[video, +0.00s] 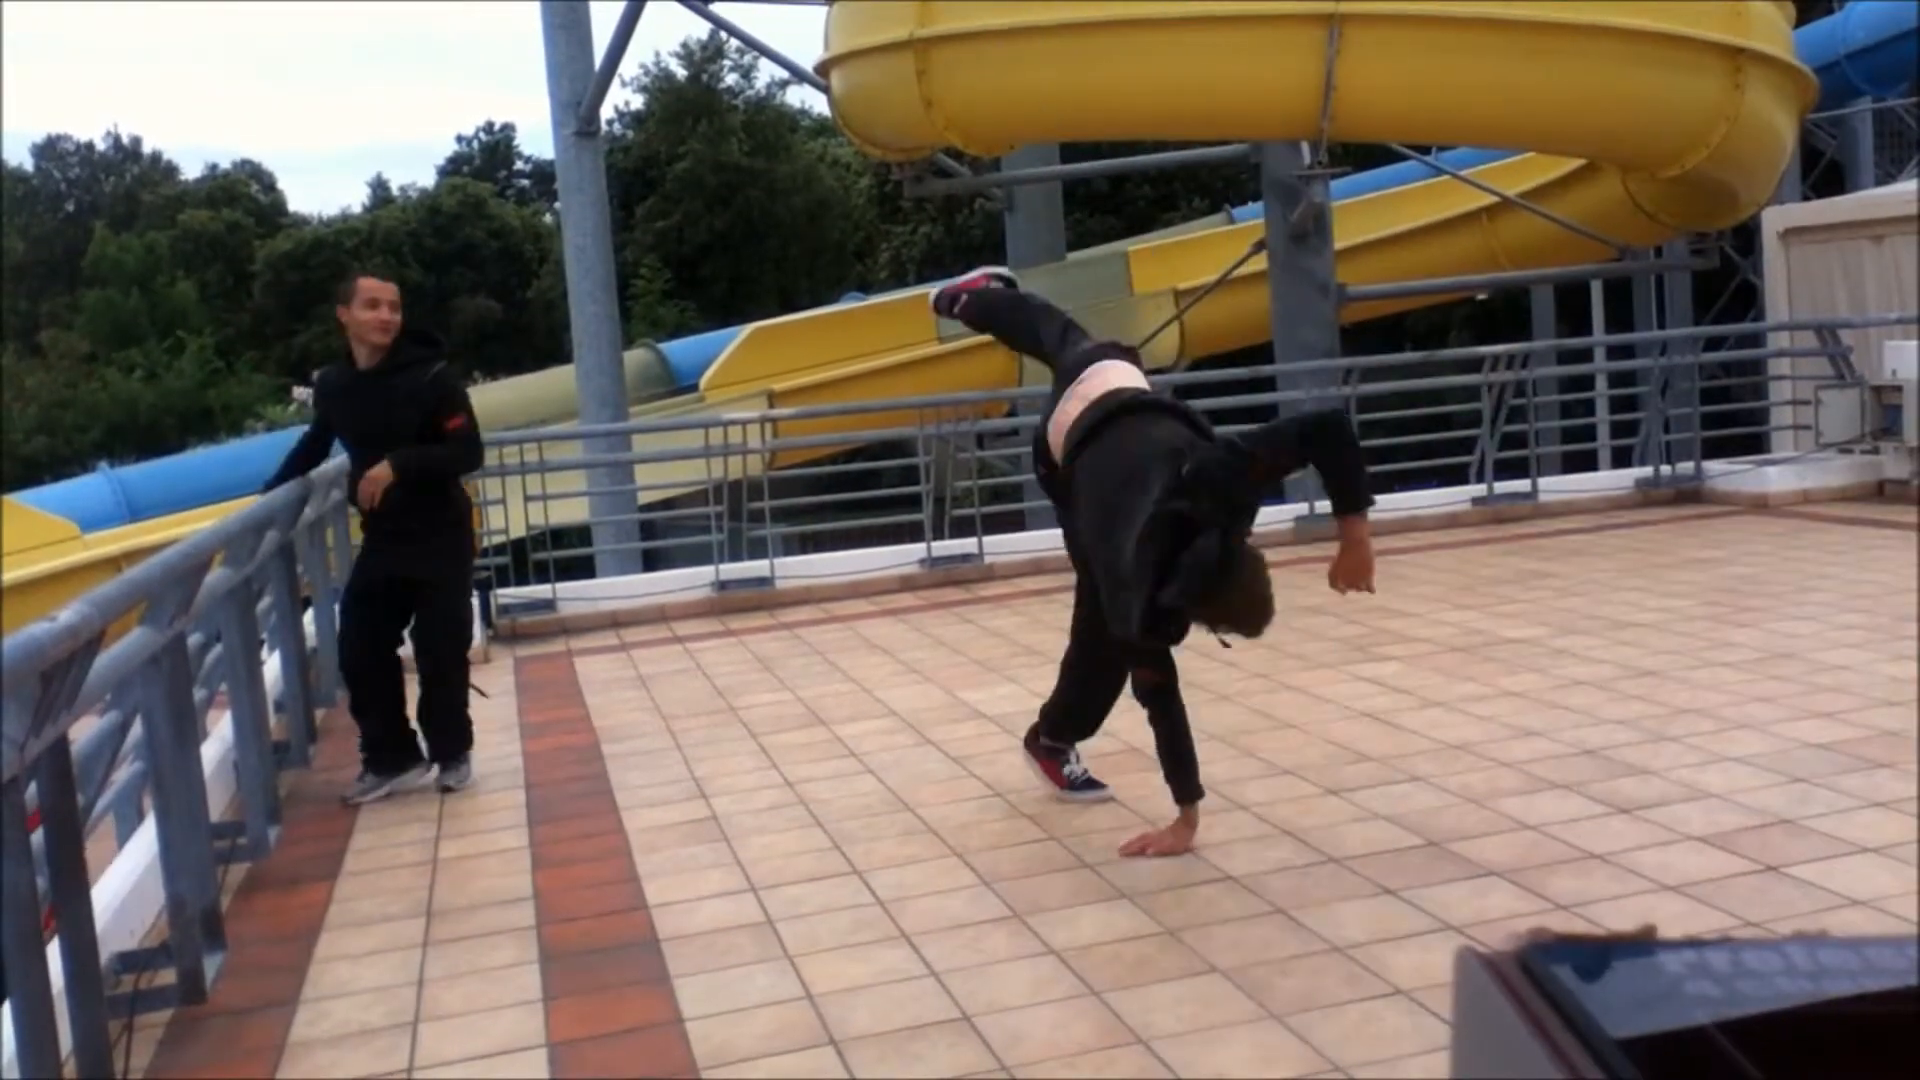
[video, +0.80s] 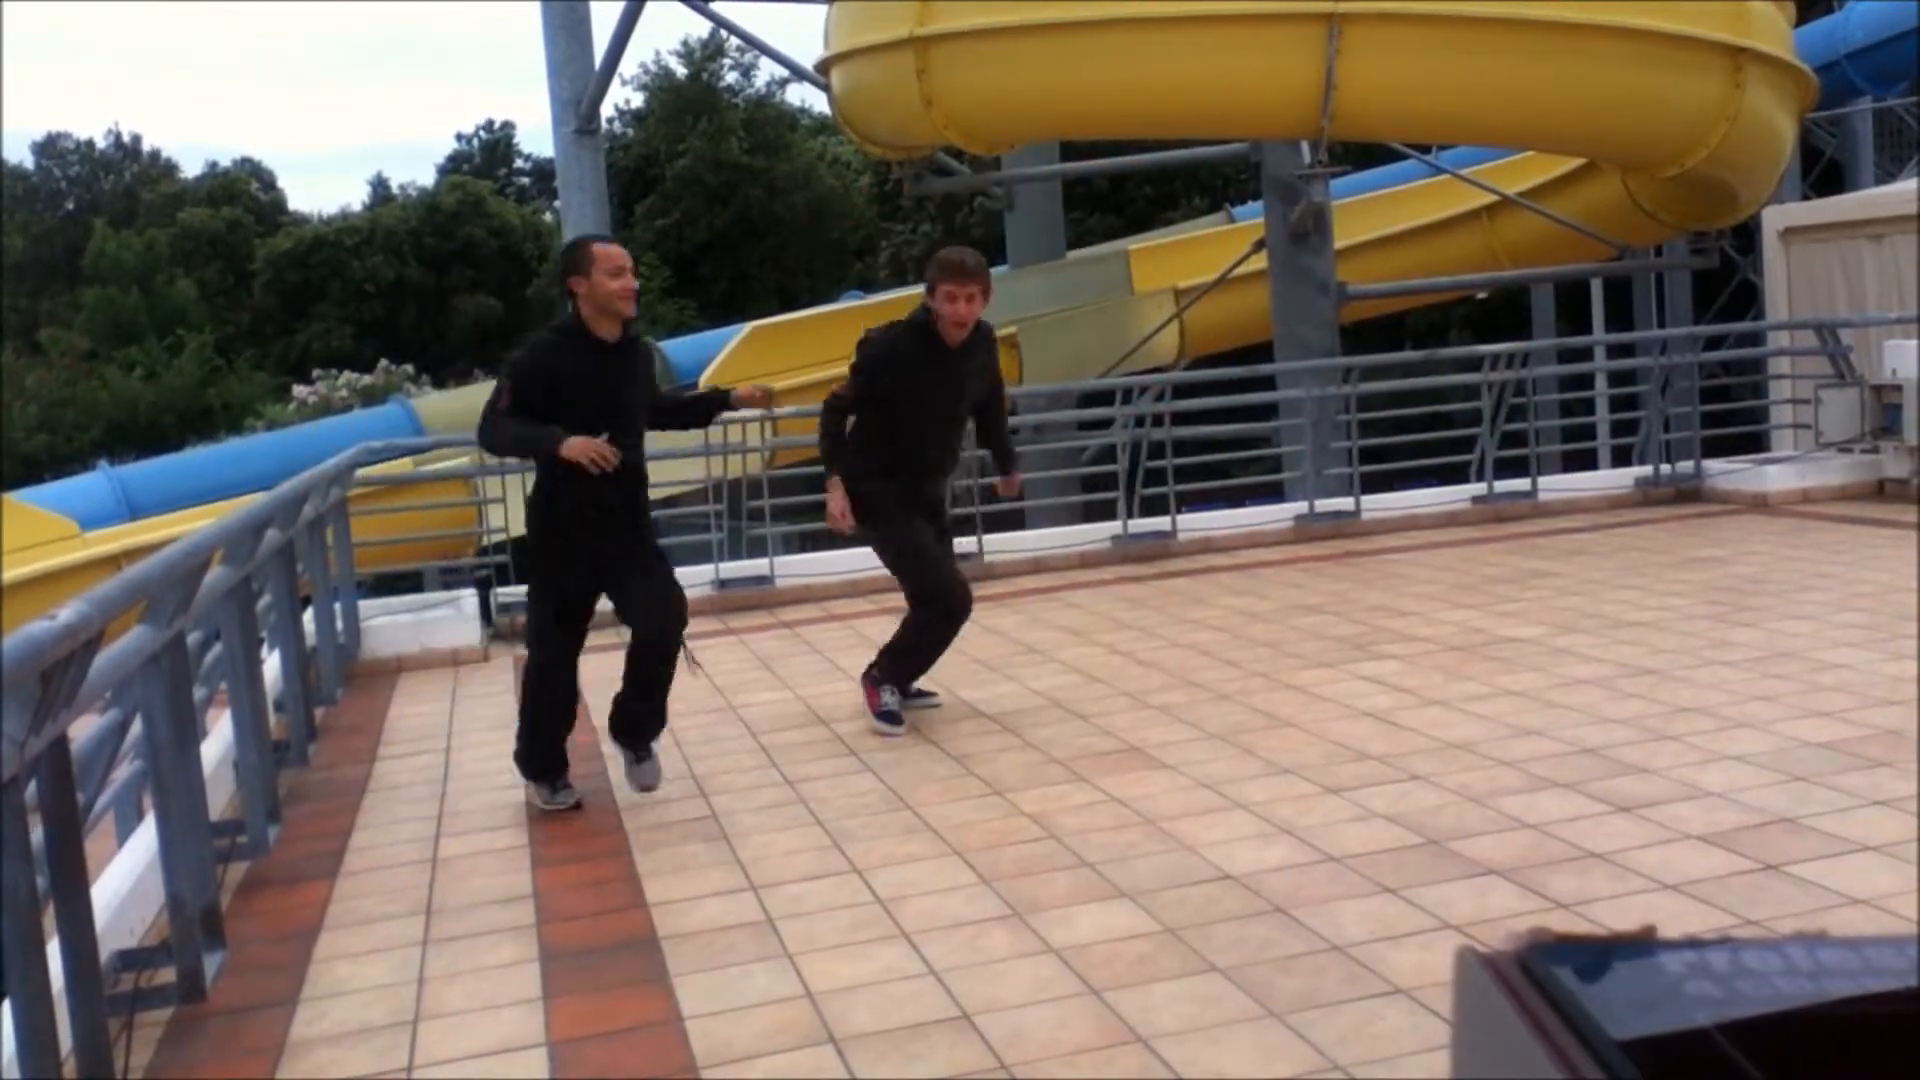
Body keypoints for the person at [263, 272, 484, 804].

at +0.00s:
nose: (385, 316)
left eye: (393, 308)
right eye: (372, 306)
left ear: (402, 317)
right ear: (344, 316)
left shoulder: (430, 375)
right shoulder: (335, 385)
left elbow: (468, 451)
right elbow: (315, 444)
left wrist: (396, 465)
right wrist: (272, 496)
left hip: (442, 530)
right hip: (383, 532)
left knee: (441, 646)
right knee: (360, 644)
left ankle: (452, 753)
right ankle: (392, 756)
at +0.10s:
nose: (422, 321)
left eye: (427, 312)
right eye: (409, 311)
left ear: (434, 320)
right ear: (378, 319)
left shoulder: (459, 379)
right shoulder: (358, 388)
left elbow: (514, 447)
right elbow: (329, 439)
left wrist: (470, 454)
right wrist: (281, 477)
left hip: (458, 535)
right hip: (396, 538)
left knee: (462, 646)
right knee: (355, 640)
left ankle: (459, 753)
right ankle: (378, 746)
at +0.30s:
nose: (477, 302)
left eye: (481, 292)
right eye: (464, 293)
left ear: (485, 299)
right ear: (429, 300)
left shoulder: (503, 358)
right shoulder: (394, 365)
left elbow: (558, 428)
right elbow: (348, 418)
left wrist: (542, 428)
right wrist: (303, 461)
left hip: (490, 523)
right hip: (429, 527)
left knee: (483, 641)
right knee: (448, 644)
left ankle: (463, 753)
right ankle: (470, 762)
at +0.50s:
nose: (522, 339)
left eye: (526, 329)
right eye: (508, 331)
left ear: (531, 333)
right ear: (473, 340)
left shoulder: (550, 392)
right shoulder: (443, 397)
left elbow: (599, 430)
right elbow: (388, 442)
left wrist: (638, 445)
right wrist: (328, 480)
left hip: (528, 550)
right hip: (469, 551)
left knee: (502, 655)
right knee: (511, 654)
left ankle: (456, 746)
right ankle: (538, 775)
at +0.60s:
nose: (549, 329)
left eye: (551, 319)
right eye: (535, 322)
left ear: (556, 324)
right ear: (501, 334)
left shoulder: (577, 383)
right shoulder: (472, 393)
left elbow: (616, 436)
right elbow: (428, 450)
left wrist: (666, 460)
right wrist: (380, 501)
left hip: (559, 543)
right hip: (498, 546)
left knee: (554, 665)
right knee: (523, 661)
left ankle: (488, 724)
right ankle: (538, 773)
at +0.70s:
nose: (586, 318)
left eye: (587, 307)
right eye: (572, 310)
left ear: (590, 312)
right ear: (537, 321)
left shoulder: (604, 370)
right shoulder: (503, 389)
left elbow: (626, 431)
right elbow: (447, 467)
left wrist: (683, 440)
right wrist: (459, 506)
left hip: (591, 543)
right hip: (527, 548)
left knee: (616, 655)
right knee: (536, 664)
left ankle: (556, 729)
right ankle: (536, 775)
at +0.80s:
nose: (632, 283)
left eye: (632, 273)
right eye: (617, 274)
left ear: (630, 283)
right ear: (579, 286)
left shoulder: (636, 352)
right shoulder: (543, 356)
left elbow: (653, 413)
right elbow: (494, 430)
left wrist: (728, 400)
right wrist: (560, 443)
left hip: (626, 529)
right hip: (563, 534)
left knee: (664, 619)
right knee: (553, 657)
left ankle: (635, 732)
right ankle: (543, 769)